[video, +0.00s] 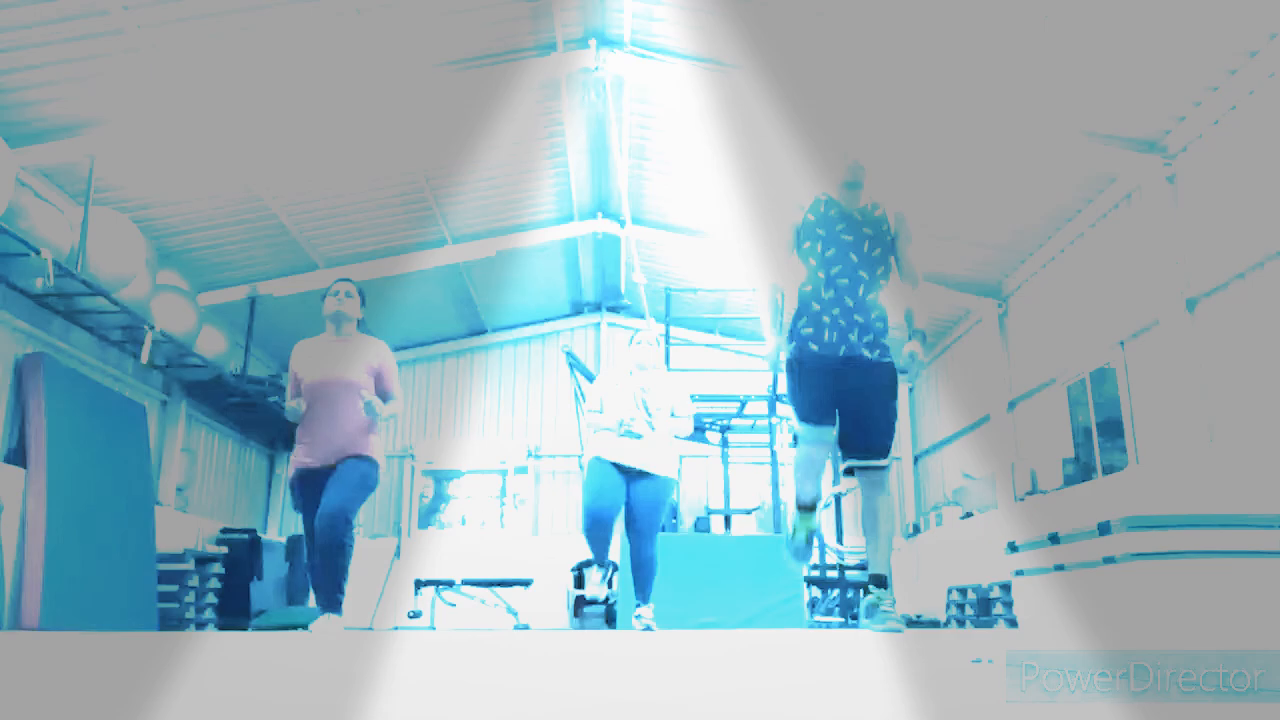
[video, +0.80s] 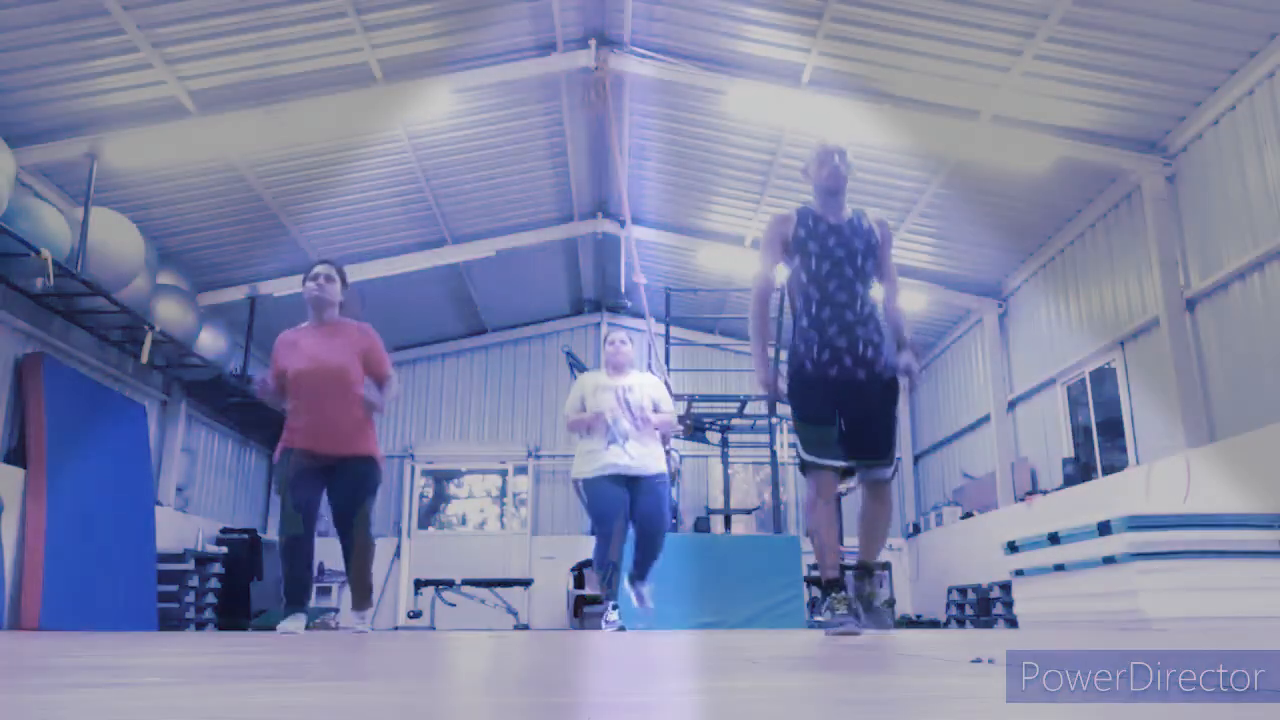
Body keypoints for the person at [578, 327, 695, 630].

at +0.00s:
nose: (646, 350)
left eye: (652, 344)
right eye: (640, 344)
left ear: (661, 350)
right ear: (629, 349)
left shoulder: (673, 383)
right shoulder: (610, 378)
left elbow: (686, 425)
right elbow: (589, 417)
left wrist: (658, 424)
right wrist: (617, 424)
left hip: (654, 459)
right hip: (608, 453)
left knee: (644, 534)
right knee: (597, 513)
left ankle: (643, 606)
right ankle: (601, 565)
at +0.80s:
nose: (617, 347)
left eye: (623, 342)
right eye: (611, 343)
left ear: (633, 350)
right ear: (603, 351)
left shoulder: (651, 382)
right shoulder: (587, 381)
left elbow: (672, 420)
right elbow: (570, 422)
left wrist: (650, 419)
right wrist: (593, 418)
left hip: (647, 468)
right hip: (599, 468)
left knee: (655, 524)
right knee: (611, 523)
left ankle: (639, 580)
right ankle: (610, 603)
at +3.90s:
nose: (622, 397)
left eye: (627, 392)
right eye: (616, 392)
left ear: (635, 398)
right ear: (608, 398)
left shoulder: (649, 429)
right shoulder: (595, 428)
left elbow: (668, 463)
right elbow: (582, 469)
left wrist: (646, 464)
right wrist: (596, 453)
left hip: (644, 505)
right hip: (604, 501)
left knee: (632, 562)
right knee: (618, 547)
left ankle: (629, 615)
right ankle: (607, 613)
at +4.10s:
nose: (619, 373)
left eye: (623, 369)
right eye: (614, 368)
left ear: (631, 375)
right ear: (606, 375)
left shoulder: (645, 403)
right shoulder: (588, 401)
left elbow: (663, 440)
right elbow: (575, 439)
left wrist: (643, 443)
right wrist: (599, 442)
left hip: (642, 486)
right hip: (601, 486)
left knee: (647, 535)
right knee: (610, 544)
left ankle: (631, 578)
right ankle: (608, 605)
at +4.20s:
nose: (617, 378)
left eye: (622, 374)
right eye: (611, 374)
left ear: (629, 380)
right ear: (603, 380)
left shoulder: (645, 408)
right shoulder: (588, 407)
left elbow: (662, 444)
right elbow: (572, 444)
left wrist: (642, 446)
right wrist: (595, 445)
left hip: (640, 480)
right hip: (601, 483)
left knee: (652, 517)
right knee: (612, 544)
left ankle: (636, 556)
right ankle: (607, 606)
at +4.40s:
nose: (617, 383)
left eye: (622, 379)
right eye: (612, 379)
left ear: (629, 387)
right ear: (603, 386)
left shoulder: (641, 415)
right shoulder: (587, 414)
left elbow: (660, 451)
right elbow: (572, 450)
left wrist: (638, 446)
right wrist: (589, 443)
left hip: (636, 482)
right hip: (597, 486)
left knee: (644, 512)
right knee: (607, 552)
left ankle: (640, 568)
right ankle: (608, 612)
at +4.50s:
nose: (618, 379)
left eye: (624, 375)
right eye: (613, 375)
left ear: (631, 383)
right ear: (604, 382)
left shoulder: (644, 410)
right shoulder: (586, 408)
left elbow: (662, 445)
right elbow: (572, 446)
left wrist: (642, 448)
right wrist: (595, 443)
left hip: (635, 481)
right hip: (594, 484)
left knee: (634, 538)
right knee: (604, 548)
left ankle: (635, 594)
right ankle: (602, 609)